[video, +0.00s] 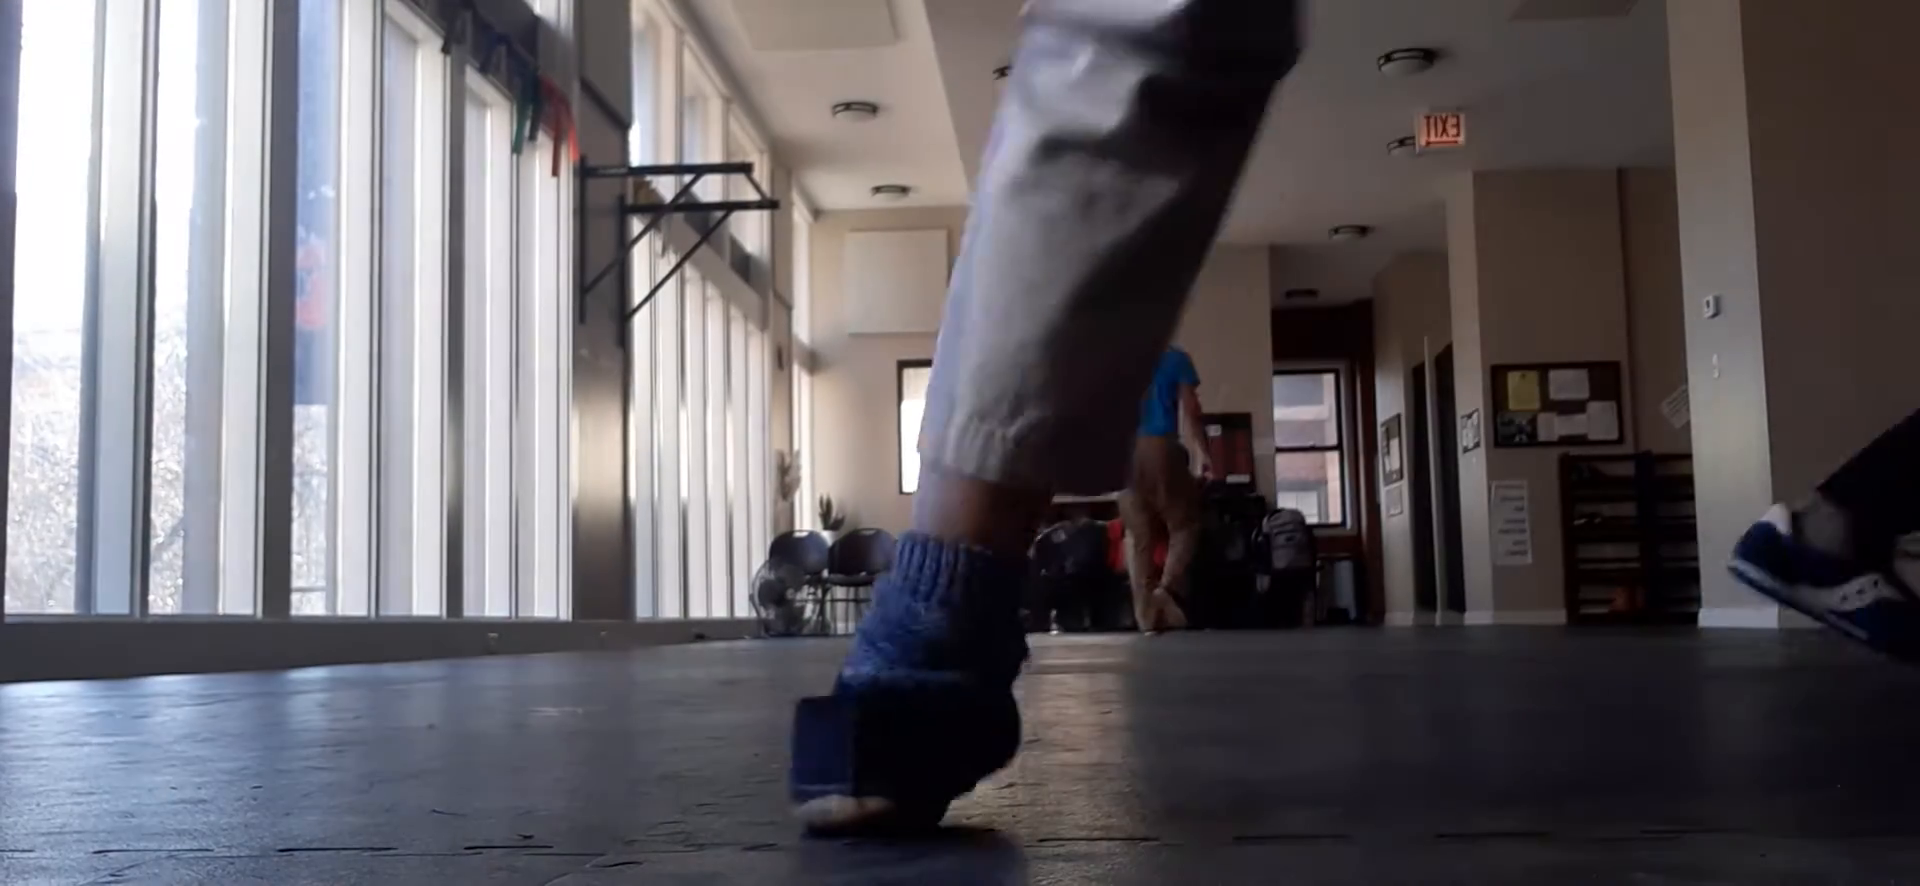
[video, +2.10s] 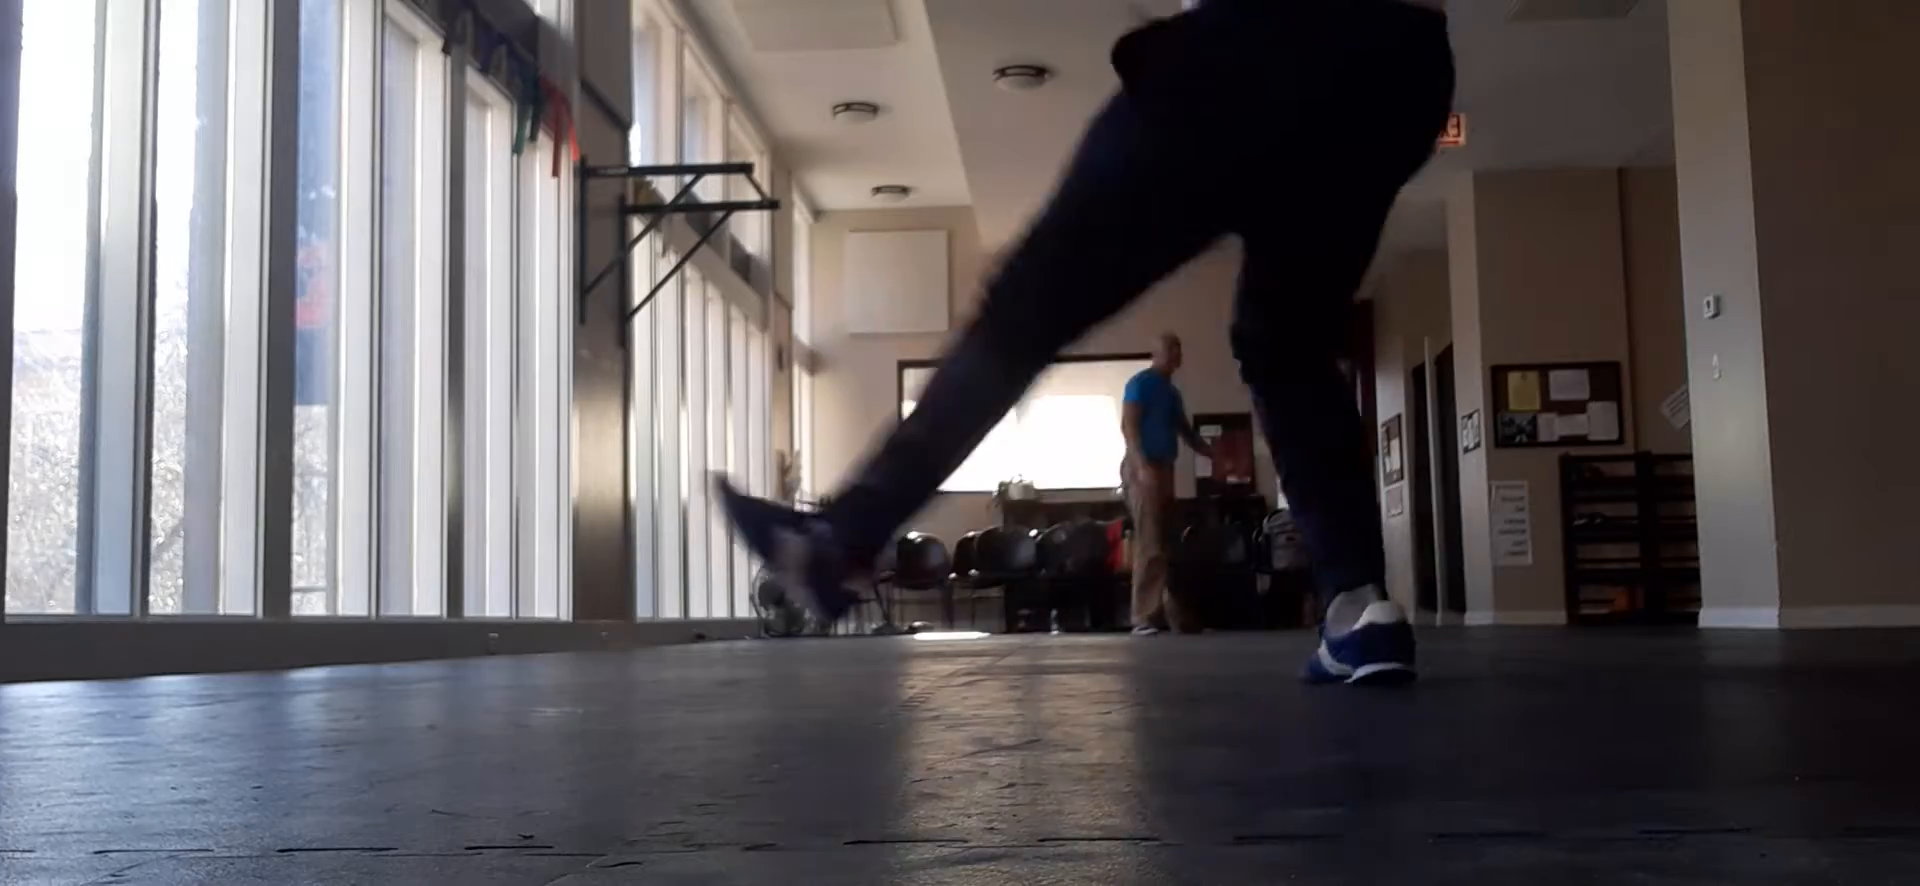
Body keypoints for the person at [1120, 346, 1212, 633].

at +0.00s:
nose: (1177, 322)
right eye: (1174, 315)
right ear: (1167, 323)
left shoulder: (1120, 359)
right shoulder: (1173, 358)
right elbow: (1188, 410)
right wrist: (1200, 451)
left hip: (1123, 451)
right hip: (1159, 449)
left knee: (1136, 535)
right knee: (1182, 524)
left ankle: (1144, 614)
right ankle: (1168, 590)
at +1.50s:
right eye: (1193, 358)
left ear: (1171, 360)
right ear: (1196, 361)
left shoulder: (1153, 387)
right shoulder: (1200, 381)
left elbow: (1132, 437)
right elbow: (1207, 421)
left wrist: (1125, 473)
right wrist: (1217, 462)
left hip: (1153, 458)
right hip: (1184, 456)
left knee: (1167, 540)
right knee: (1194, 533)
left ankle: (1175, 618)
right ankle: (1193, 605)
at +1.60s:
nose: (1201, 370)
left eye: (1200, 364)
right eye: (1201, 365)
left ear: (1177, 361)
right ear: (1199, 364)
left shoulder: (1155, 389)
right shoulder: (1192, 381)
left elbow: (1140, 438)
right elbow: (1196, 423)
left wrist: (1137, 475)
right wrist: (1215, 464)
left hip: (1147, 457)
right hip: (1174, 455)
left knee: (1163, 536)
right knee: (1189, 531)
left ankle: (1172, 610)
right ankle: (1185, 610)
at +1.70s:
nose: (1205, 373)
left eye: (1205, 368)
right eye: (1204, 367)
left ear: (1179, 361)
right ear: (1198, 364)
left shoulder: (1159, 387)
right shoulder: (1184, 380)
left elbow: (1157, 430)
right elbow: (1182, 420)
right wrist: (1205, 460)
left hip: (1146, 455)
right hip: (1167, 455)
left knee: (1161, 534)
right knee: (1182, 529)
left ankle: (1168, 606)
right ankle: (1175, 609)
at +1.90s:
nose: (1198, 360)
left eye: (1198, 355)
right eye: (1194, 354)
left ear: (1183, 357)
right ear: (1177, 355)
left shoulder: (1174, 387)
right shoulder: (1164, 379)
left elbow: (1183, 441)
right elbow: (1155, 421)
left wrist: (1203, 470)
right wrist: (1174, 460)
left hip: (1164, 461)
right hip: (1153, 459)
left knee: (1171, 535)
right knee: (1166, 533)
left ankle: (1172, 614)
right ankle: (1149, 610)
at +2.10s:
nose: (1176, 354)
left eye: (1178, 349)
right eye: (1171, 349)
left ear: (1177, 354)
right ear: (1157, 352)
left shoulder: (1172, 393)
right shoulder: (1140, 384)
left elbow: (1186, 431)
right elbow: (1129, 425)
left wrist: (1211, 452)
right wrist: (1141, 467)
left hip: (1165, 470)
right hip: (1142, 469)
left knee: (1165, 543)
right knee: (1149, 543)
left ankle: (1169, 616)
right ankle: (1143, 618)